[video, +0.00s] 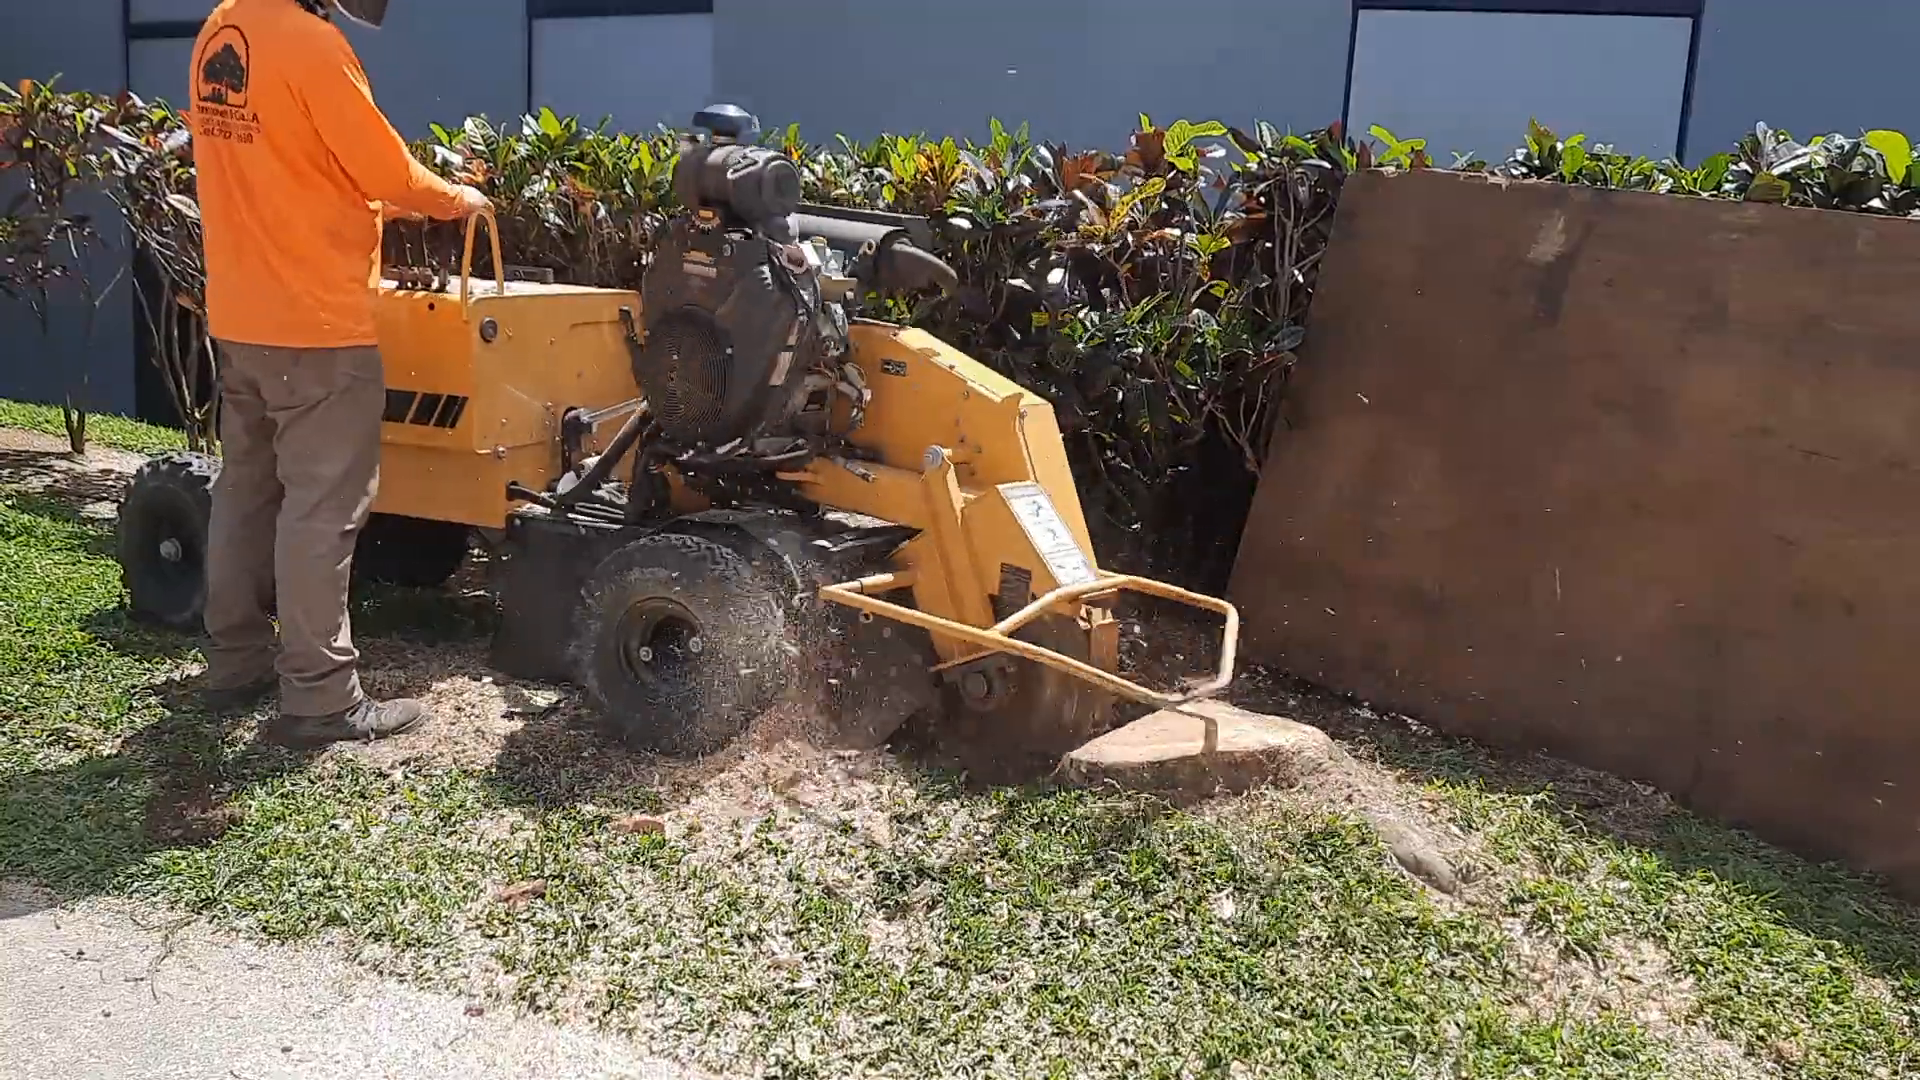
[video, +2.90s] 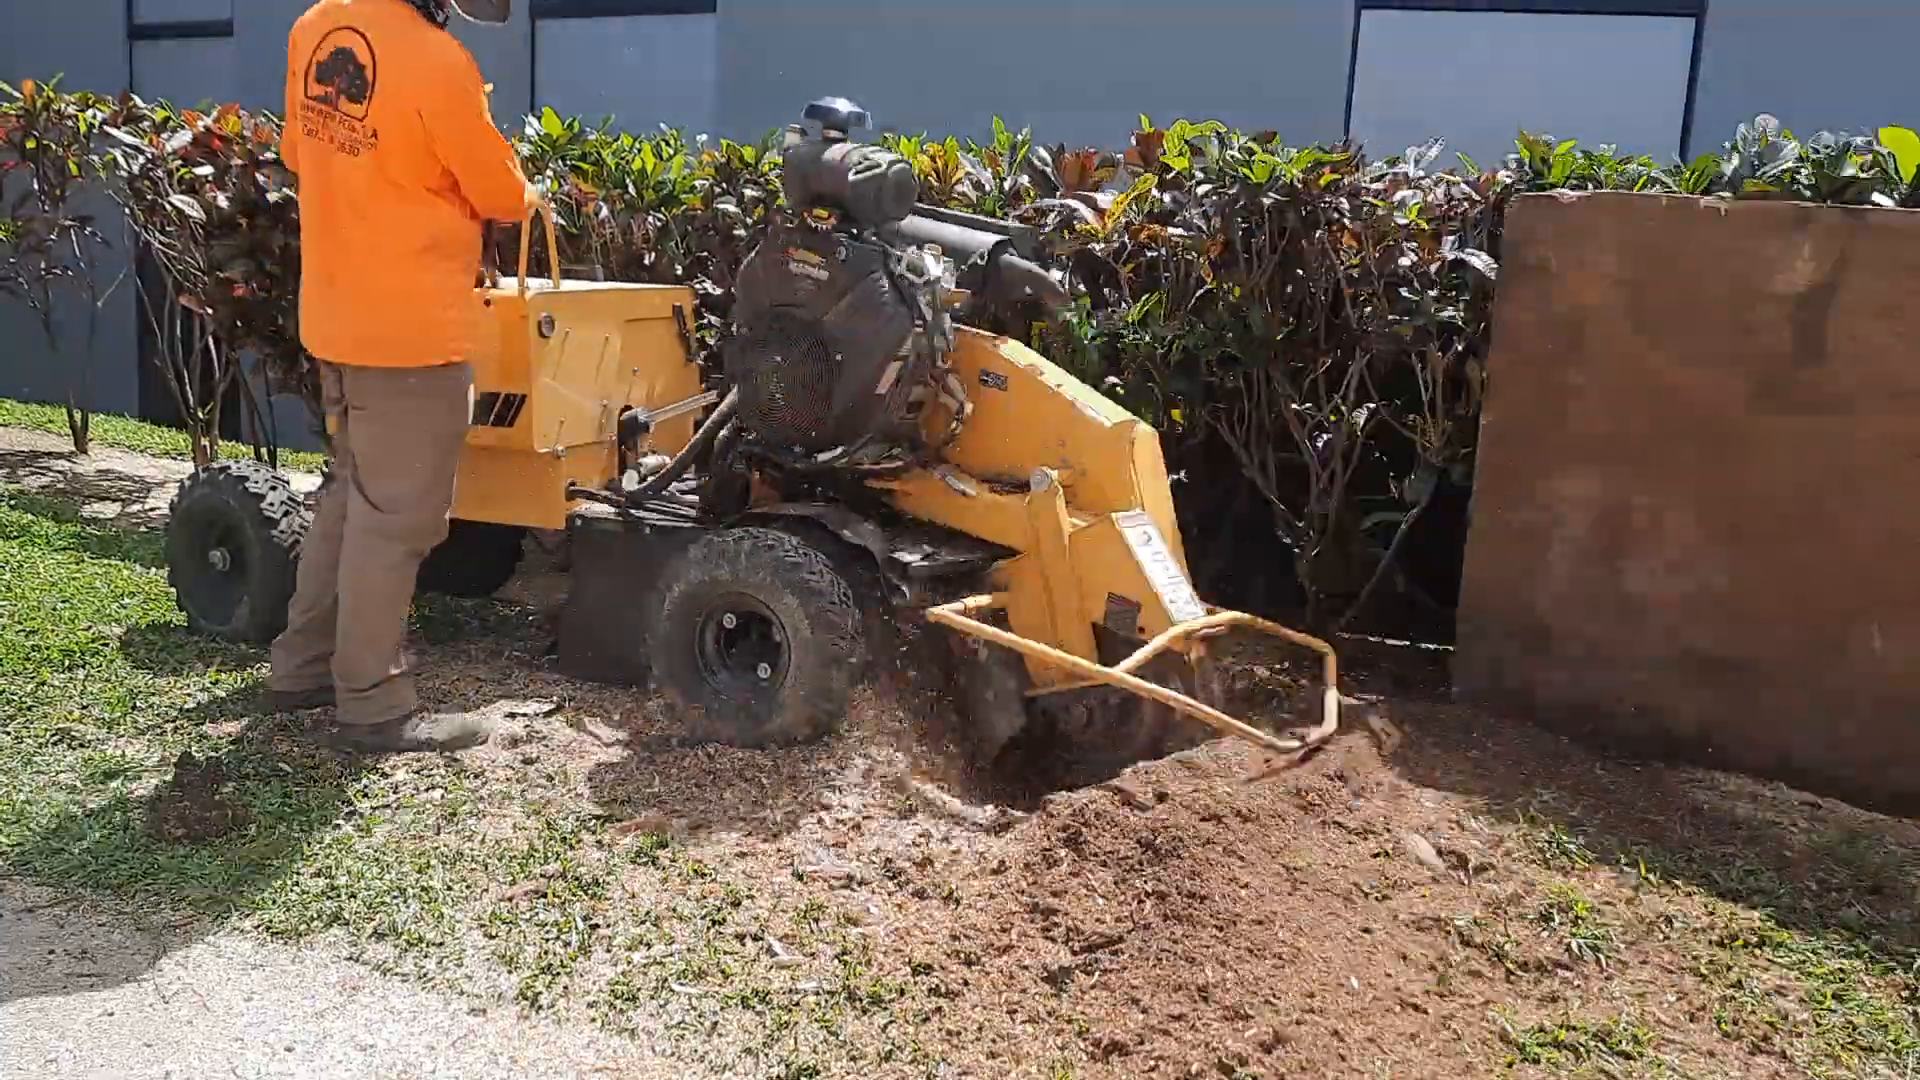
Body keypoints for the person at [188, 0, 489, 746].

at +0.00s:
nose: (373, 13)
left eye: (371, 6)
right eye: (369, 3)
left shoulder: (220, 26)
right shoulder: (316, 47)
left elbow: (276, 168)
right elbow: (388, 172)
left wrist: (388, 196)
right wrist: (457, 200)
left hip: (239, 321)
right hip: (318, 325)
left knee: (246, 493)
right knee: (323, 504)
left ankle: (236, 662)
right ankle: (318, 697)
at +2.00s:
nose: (409, 13)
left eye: (409, 7)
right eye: (407, 3)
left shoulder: (274, 27)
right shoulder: (346, 49)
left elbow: (344, 159)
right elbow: (422, 173)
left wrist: (449, 174)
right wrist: (499, 191)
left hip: (279, 323)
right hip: (352, 328)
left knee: (276, 495)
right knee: (349, 509)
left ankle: (256, 658)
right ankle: (345, 693)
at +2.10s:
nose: (416, 12)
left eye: (416, 7)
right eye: (413, 4)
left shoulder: (279, 25)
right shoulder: (345, 48)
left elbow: (342, 162)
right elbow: (413, 183)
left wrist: (444, 188)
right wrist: (472, 191)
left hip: (314, 311)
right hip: (357, 318)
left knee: (375, 482)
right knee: (344, 502)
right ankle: (323, 695)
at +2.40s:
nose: (400, 13)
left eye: (402, 6)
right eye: (399, 2)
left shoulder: (274, 23)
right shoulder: (331, 51)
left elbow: (346, 165)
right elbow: (408, 180)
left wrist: (437, 191)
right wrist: (472, 185)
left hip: (307, 317)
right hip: (351, 324)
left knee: (368, 489)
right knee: (342, 509)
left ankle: (412, 633)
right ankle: (322, 695)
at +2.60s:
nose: (434, 26)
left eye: (440, 19)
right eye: (435, 16)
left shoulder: (335, 24)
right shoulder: (362, 44)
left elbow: (373, 158)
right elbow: (422, 189)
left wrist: (450, 180)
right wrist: (476, 193)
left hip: (318, 287)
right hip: (360, 280)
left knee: (323, 488)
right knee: (549, 333)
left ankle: (294, 666)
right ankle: (617, 520)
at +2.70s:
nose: (435, 14)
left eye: (435, 8)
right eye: (431, 5)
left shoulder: (339, 30)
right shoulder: (342, 39)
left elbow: (390, 168)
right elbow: (406, 182)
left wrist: (482, 189)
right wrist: (498, 196)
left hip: (329, 288)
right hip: (360, 280)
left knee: (329, 486)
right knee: (547, 326)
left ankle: (298, 665)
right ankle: (650, 510)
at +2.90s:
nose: (479, 8)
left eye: (480, 4)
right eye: (474, 2)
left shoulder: (315, 25)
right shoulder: (437, 61)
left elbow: (297, 153)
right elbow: (501, 196)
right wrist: (529, 194)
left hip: (334, 315)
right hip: (411, 327)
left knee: (351, 491)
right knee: (398, 515)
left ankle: (302, 666)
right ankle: (373, 707)